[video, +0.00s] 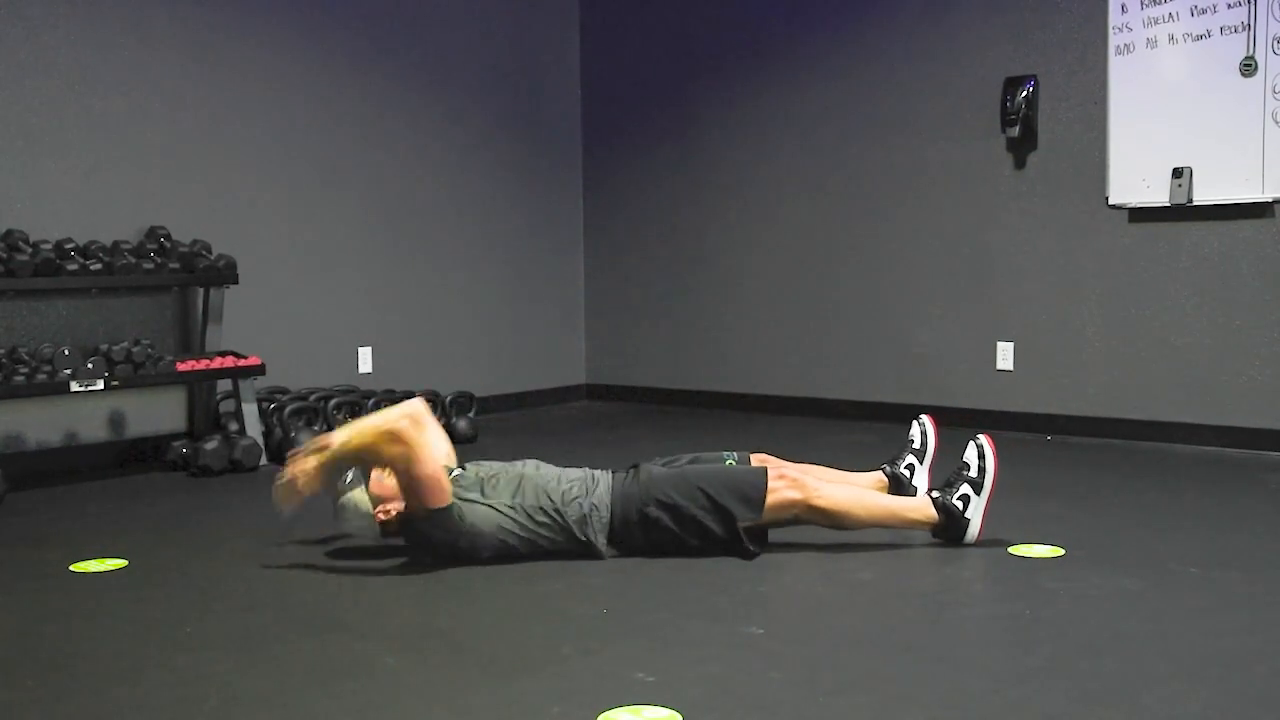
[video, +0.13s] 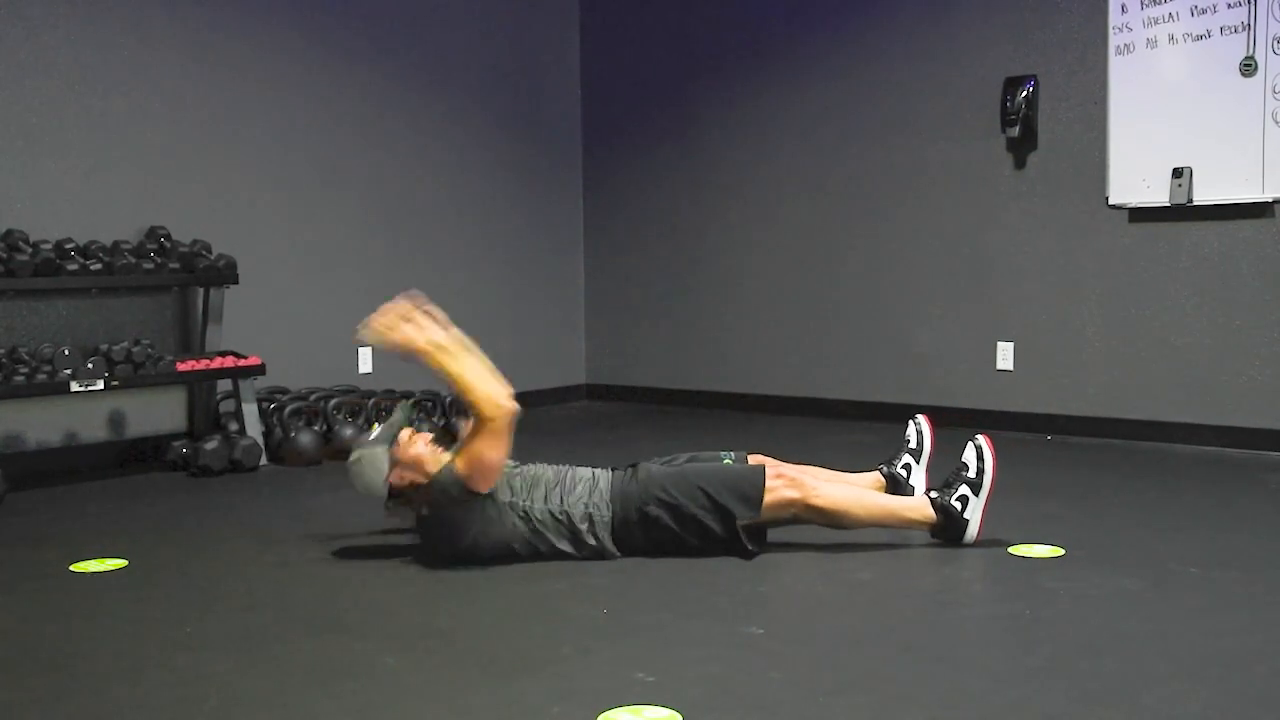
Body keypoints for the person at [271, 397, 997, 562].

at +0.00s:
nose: (385, 481)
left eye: (381, 474)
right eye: (379, 481)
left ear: (392, 484)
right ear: (383, 504)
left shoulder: (442, 499)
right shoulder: (436, 523)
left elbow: (414, 415)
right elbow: (409, 417)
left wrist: (332, 452)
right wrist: (323, 454)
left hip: (621, 486)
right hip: (620, 512)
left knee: (767, 464)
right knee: (784, 486)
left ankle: (897, 486)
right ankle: (942, 514)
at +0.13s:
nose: (421, 438)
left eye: (410, 433)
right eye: (405, 444)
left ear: (418, 454)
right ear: (400, 479)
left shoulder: (456, 489)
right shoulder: (450, 512)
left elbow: (495, 411)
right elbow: (497, 411)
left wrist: (440, 335)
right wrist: (433, 339)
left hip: (631, 487)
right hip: (627, 508)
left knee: (769, 466)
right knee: (785, 488)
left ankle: (895, 487)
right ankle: (941, 514)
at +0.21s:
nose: (457, 413)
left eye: (449, 405)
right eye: (442, 414)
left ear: (433, 435)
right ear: (420, 446)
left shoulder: (464, 464)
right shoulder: (460, 478)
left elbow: (542, 421)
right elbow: (556, 417)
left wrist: (560, 325)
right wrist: (562, 316)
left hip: (618, 492)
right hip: (619, 511)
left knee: (763, 466)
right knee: (784, 485)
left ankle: (895, 484)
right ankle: (940, 513)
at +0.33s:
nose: (497, 375)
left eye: (488, 368)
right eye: (483, 372)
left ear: (466, 392)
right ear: (460, 397)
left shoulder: (503, 419)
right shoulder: (490, 446)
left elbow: (592, 398)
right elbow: (596, 428)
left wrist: (655, 349)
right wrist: (676, 361)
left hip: (633, 483)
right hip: (625, 513)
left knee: (778, 456)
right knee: (793, 480)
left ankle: (905, 482)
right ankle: (947, 510)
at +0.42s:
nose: (521, 353)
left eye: (513, 345)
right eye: (507, 351)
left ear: (493, 368)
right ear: (482, 375)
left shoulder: (522, 404)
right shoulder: (510, 429)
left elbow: (618, 398)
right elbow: (614, 427)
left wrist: (692, 362)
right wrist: (711, 380)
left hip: (641, 483)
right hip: (632, 512)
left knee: (787, 456)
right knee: (794, 477)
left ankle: (915, 483)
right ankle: (952, 503)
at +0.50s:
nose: (546, 332)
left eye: (539, 323)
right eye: (533, 327)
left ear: (510, 345)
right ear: (506, 348)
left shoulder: (536, 388)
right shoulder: (526, 409)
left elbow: (631, 394)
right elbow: (636, 421)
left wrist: (711, 376)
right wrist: (732, 394)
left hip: (642, 487)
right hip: (635, 511)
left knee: (789, 458)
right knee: (804, 476)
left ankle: (914, 478)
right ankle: (957, 500)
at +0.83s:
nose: (661, 286)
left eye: (656, 277)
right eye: (651, 278)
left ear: (620, 291)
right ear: (621, 291)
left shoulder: (616, 345)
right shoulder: (617, 354)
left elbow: (709, 401)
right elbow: (717, 413)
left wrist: (789, 414)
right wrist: (819, 428)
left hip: (648, 493)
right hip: (643, 511)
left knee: (800, 453)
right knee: (817, 478)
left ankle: (918, 478)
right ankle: (972, 509)